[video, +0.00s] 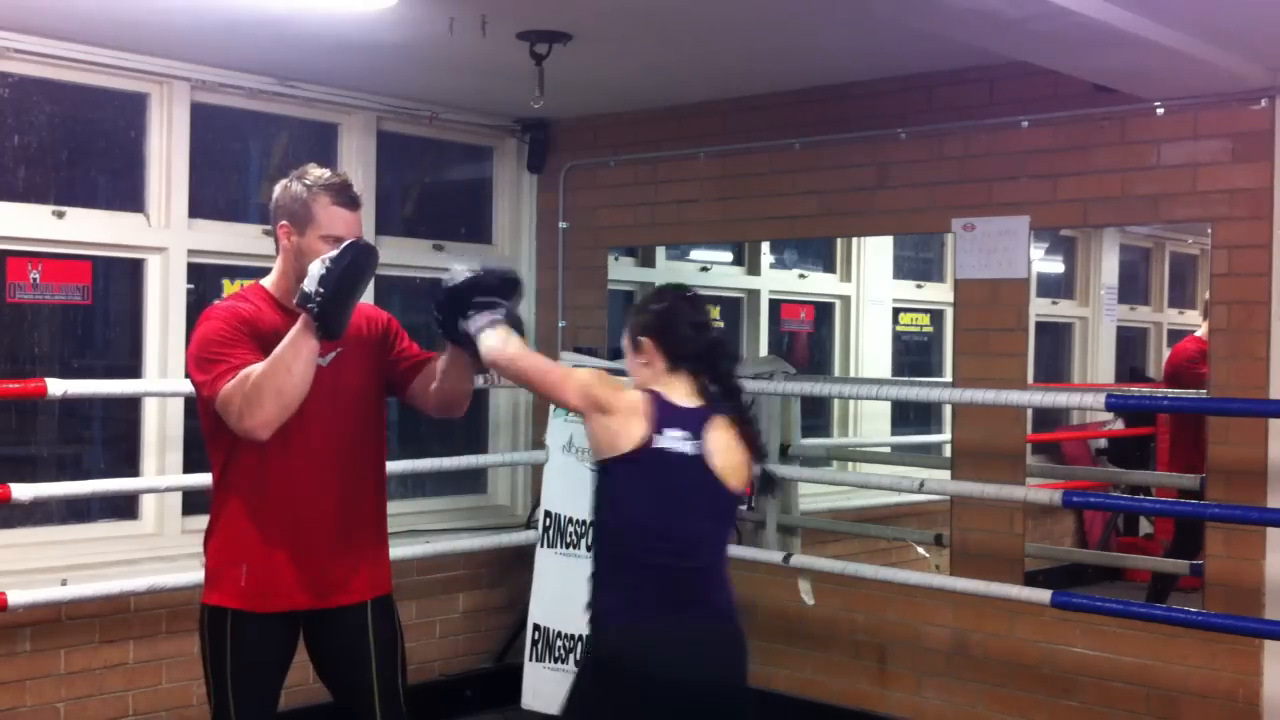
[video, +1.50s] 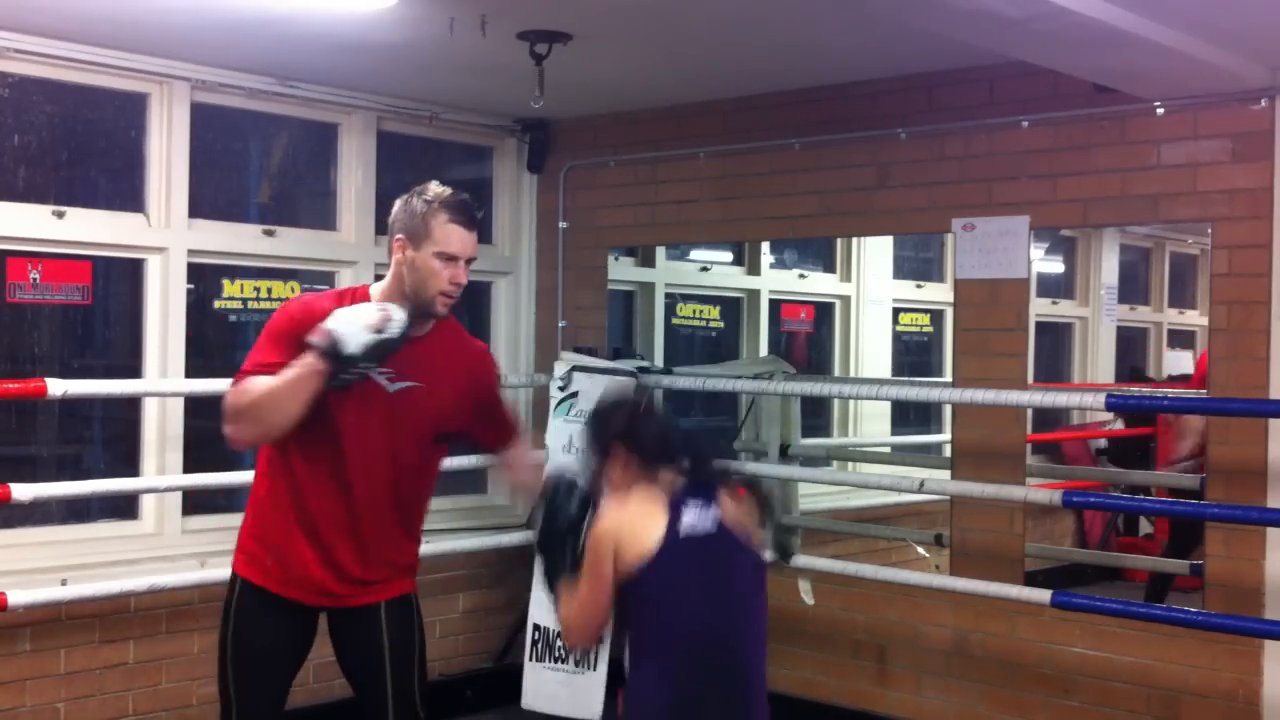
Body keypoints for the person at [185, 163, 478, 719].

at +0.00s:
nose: (345, 258)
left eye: (353, 245)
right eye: (331, 241)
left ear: (363, 245)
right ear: (285, 236)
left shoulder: (372, 326)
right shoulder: (226, 323)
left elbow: (445, 401)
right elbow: (254, 416)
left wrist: (463, 332)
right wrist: (316, 316)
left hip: (354, 581)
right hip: (251, 586)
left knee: (382, 710)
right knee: (241, 713)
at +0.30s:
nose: (330, 260)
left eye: (337, 246)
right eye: (316, 244)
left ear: (345, 245)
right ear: (270, 238)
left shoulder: (355, 326)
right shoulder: (213, 329)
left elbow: (422, 398)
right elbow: (235, 429)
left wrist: (427, 330)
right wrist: (295, 326)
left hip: (354, 586)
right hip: (250, 593)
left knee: (384, 710)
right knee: (242, 714)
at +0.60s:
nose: (307, 260)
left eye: (314, 246)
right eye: (292, 245)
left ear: (321, 242)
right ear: (246, 239)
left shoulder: (333, 324)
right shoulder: (193, 324)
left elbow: (386, 421)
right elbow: (180, 414)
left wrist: (396, 372)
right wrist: (253, 318)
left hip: (344, 577)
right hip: (242, 585)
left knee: (375, 709)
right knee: (238, 713)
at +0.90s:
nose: (328, 264)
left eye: (333, 250)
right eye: (313, 247)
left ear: (333, 253)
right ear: (267, 245)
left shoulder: (318, 335)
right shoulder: (214, 341)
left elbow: (311, 461)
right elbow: (250, 461)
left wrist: (334, 541)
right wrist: (335, 396)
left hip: (325, 581)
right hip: (233, 597)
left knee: (366, 707)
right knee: (236, 714)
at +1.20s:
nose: (417, 281)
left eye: (423, 267)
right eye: (404, 262)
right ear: (357, 257)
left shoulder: (350, 333)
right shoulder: (310, 332)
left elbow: (336, 444)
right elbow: (333, 457)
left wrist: (393, 395)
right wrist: (415, 384)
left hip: (337, 573)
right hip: (259, 580)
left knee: (386, 704)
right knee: (250, 712)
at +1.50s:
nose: (460, 278)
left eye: (467, 263)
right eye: (446, 259)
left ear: (471, 262)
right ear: (400, 250)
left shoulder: (467, 363)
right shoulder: (308, 316)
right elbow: (240, 425)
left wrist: (542, 483)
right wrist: (324, 356)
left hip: (380, 582)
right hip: (276, 569)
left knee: (399, 710)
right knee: (247, 712)